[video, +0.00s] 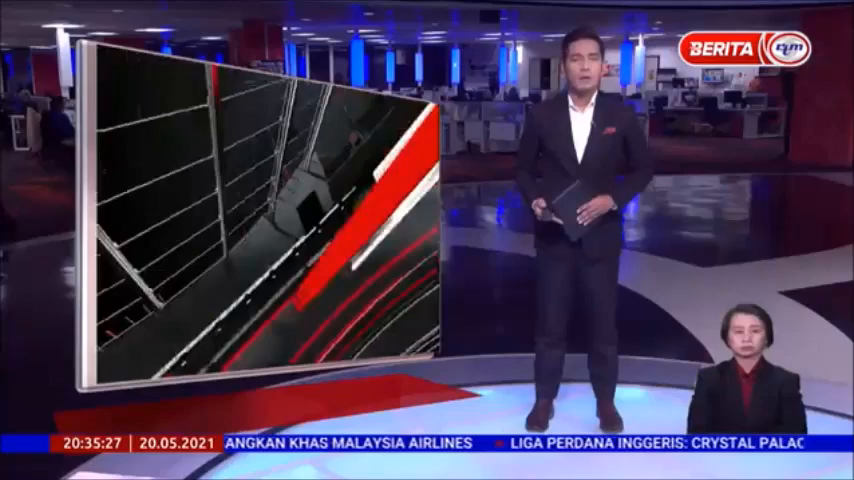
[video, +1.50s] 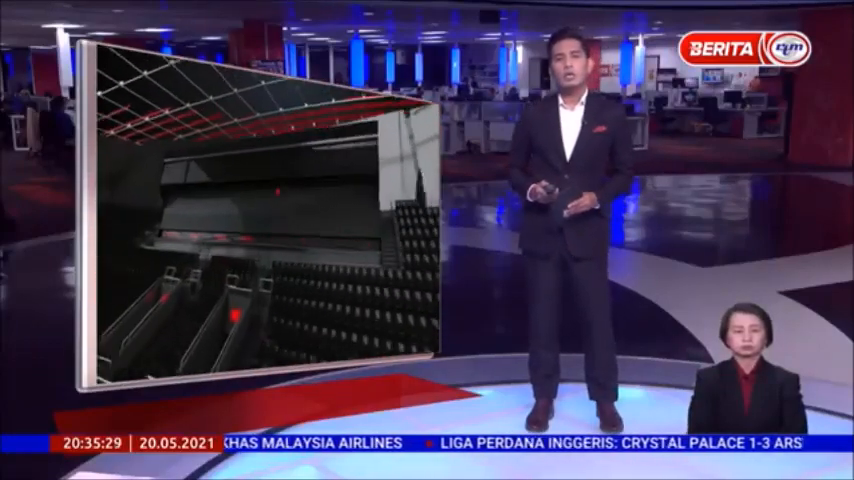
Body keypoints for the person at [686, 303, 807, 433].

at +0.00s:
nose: (747, 338)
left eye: (755, 331)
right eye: (738, 331)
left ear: (766, 337)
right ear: (727, 338)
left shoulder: (786, 382)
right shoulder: (709, 379)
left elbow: (796, 437)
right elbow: (697, 434)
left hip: (771, 464)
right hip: (719, 462)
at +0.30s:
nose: (747, 338)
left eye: (755, 331)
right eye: (738, 332)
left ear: (766, 338)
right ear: (727, 339)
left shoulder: (786, 381)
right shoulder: (709, 379)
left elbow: (796, 436)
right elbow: (697, 434)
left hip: (772, 464)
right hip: (719, 462)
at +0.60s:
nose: (746, 338)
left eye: (755, 330)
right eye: (738, 331)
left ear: (766, 337)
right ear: (727, 338)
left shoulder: (786, 381)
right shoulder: (708, 379)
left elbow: (797, 437)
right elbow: (697, 434)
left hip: (772, 464)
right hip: (720, 463)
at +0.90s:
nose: (746, 337)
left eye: (754, 330)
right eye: (737, 330)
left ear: (766, 337)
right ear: (726, 338)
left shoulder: (785, 382)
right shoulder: (708, 379)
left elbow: (796, 438)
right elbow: (697, 435)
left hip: (771, 465)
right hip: (719, 463)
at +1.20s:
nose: (746, 338)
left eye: (754, 330)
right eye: (737, 331)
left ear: (766, 337)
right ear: (726, 339)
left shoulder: (785, 382)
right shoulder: (708, 379)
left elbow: (796, 438)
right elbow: (698, 436)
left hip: (771, 465)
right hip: (719, 463)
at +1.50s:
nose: (747, 338)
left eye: (755, 330)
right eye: (738, 331)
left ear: (766, 337)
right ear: (726, 339)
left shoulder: (786, 382)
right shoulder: (708, 379)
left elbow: (797, 437)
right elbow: (697, 435)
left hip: (771, 465)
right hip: (719, 463)